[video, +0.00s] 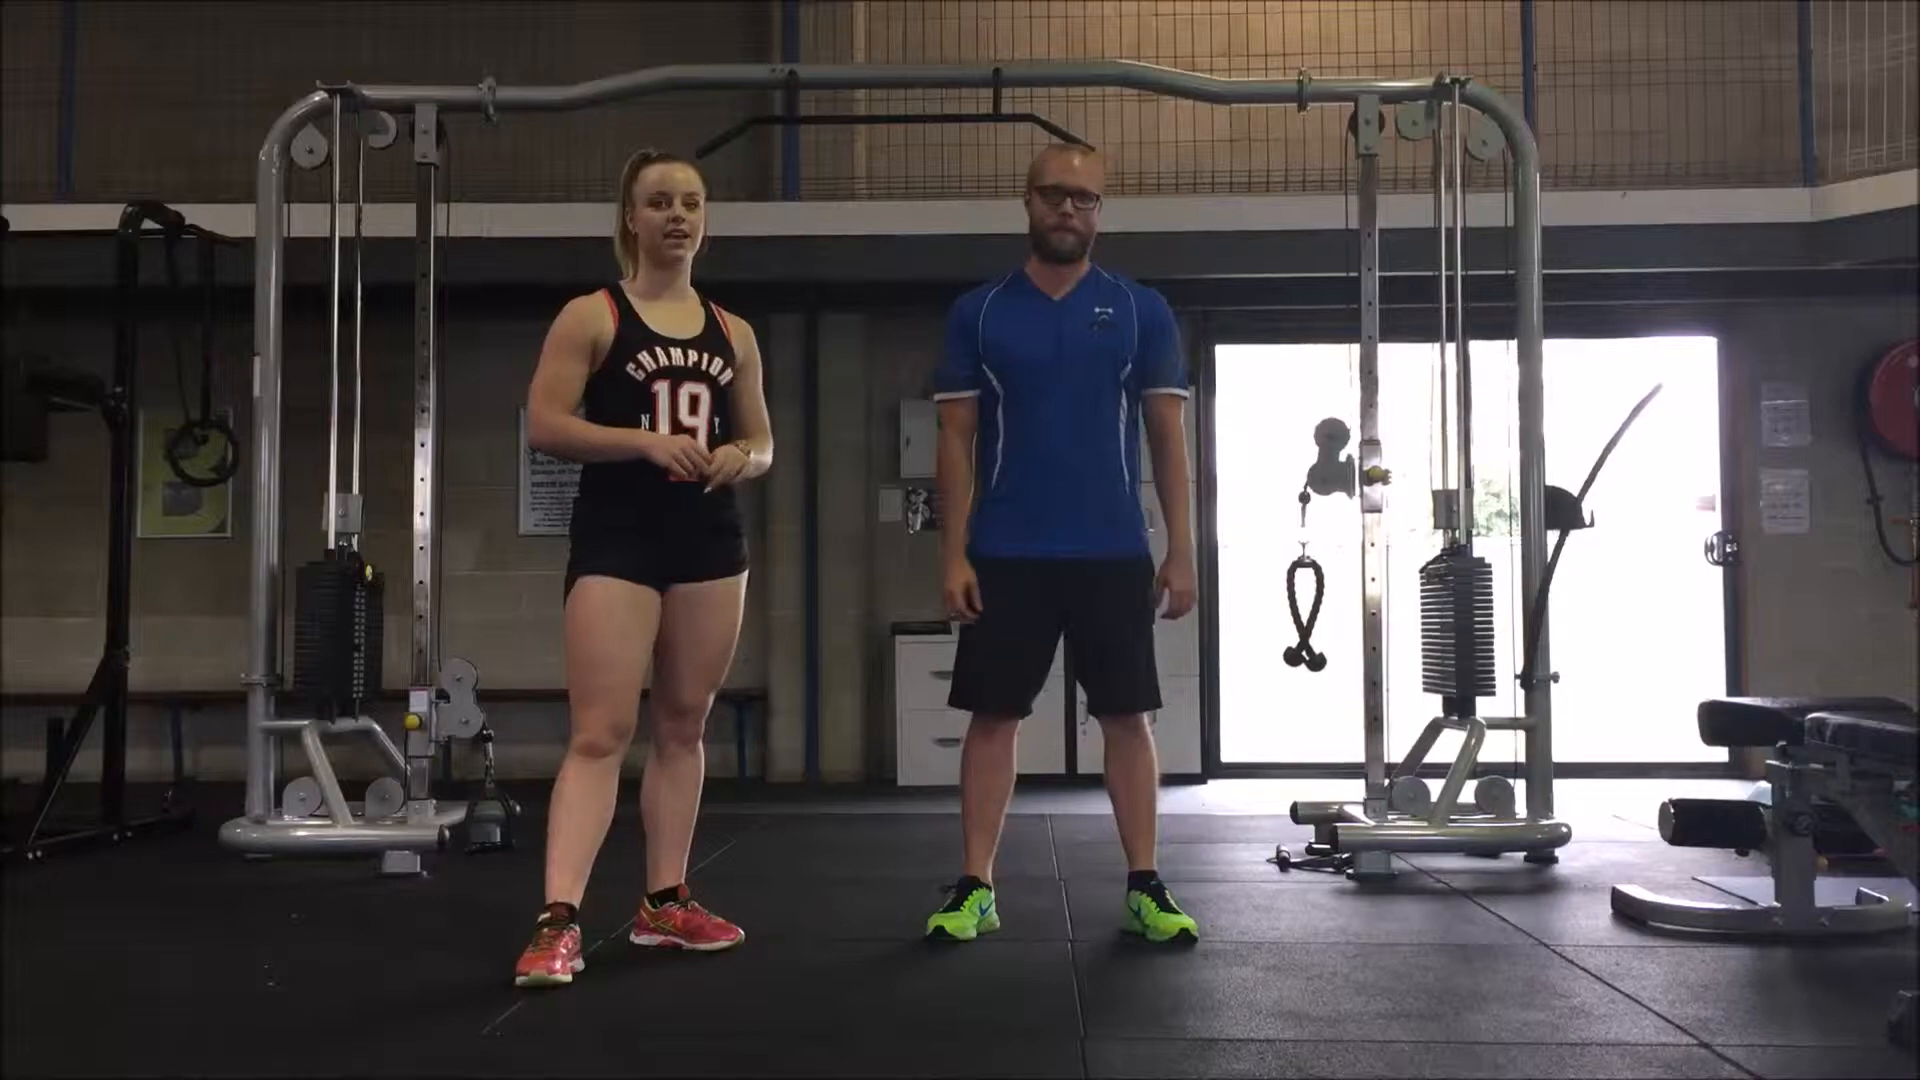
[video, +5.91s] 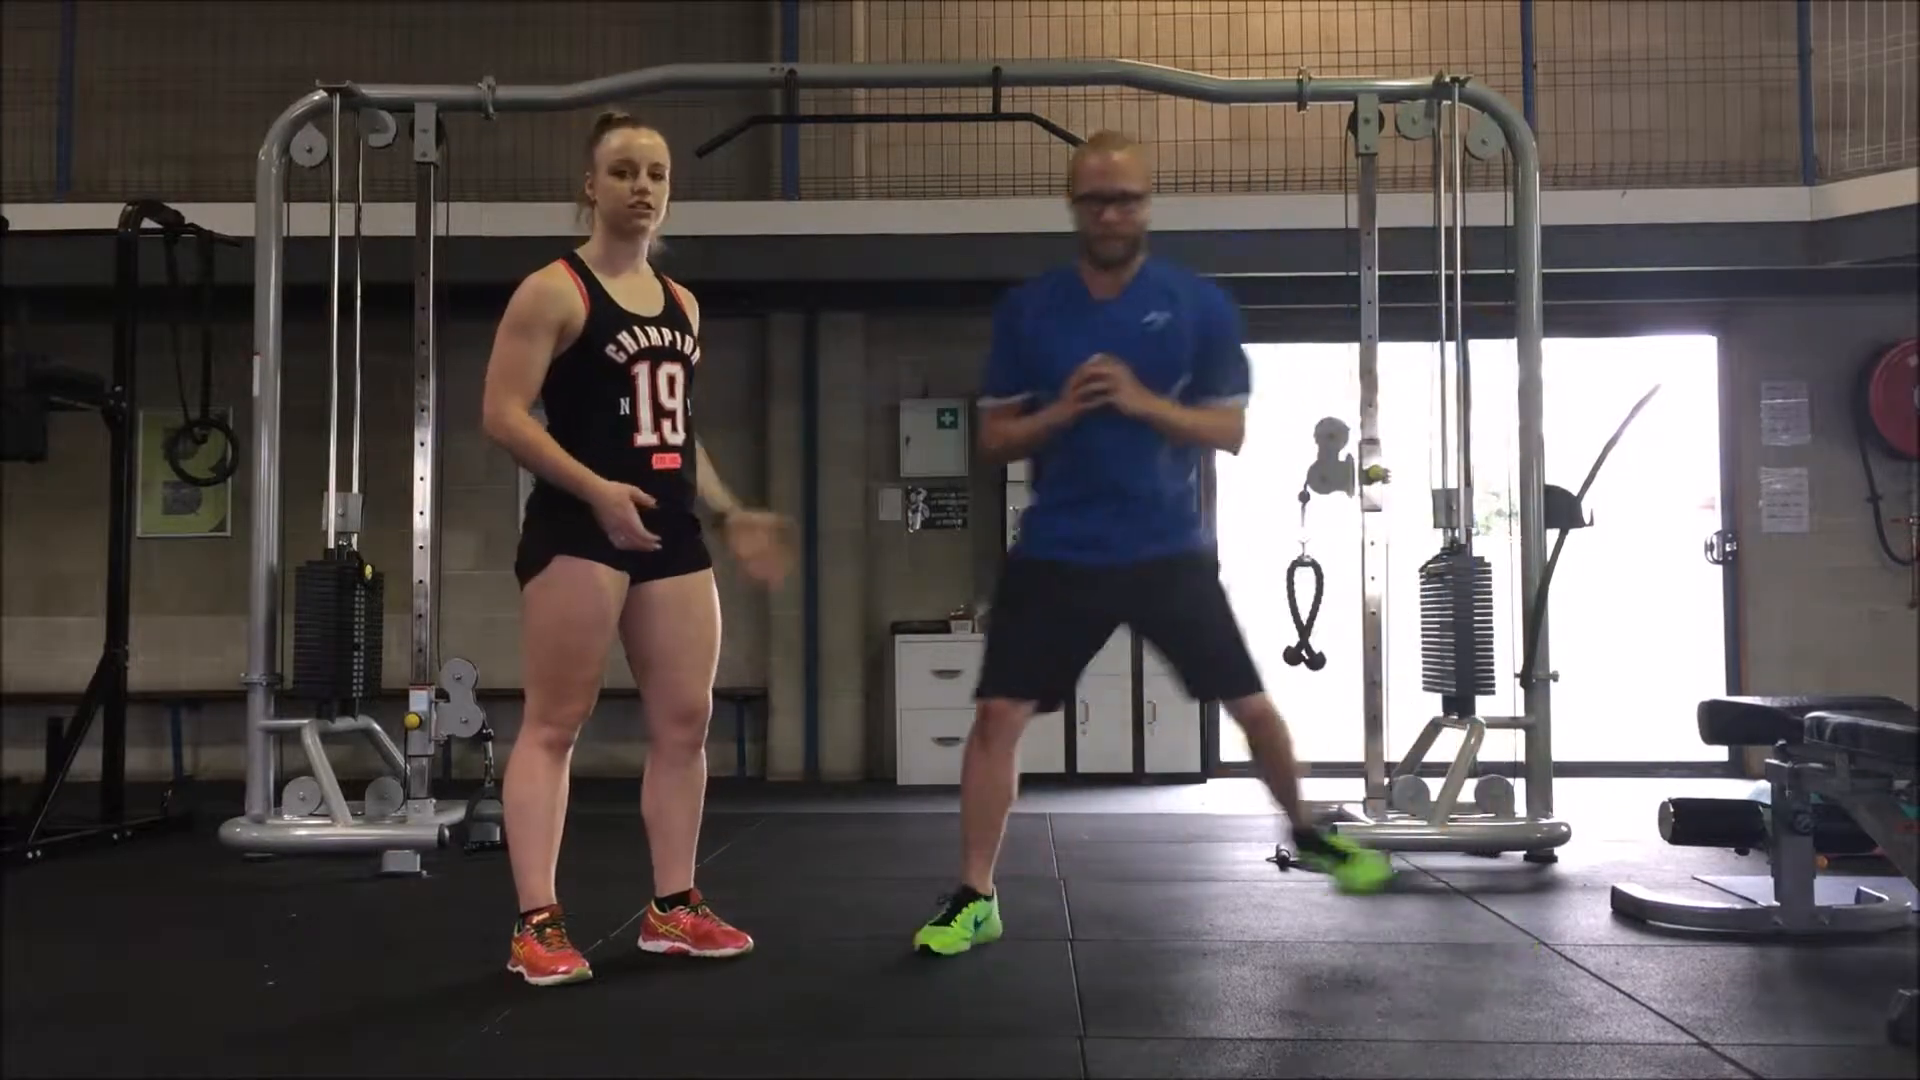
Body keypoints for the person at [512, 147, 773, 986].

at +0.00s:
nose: (677, 214)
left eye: (689, 203)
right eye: (660, 202)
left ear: (706, 220)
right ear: (628, 219)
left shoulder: (733, 333)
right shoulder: (590, 316)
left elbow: (758, 442)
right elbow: (544, 423)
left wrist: (742, 456)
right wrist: (644, 439)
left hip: (710, 550)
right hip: (616, 546)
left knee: (684, 727)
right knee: (599, 736)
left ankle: (666, 902)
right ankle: (560, 919)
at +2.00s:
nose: (643, 197)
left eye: (646, 183)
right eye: (625, 182)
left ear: (638, 198)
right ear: (574, 191)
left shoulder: (662, 308)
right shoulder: (520, 304)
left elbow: (710, 417)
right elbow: (473, 422)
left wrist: (693, 445)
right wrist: (590, 428)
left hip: (643, 533)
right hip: (552, 528)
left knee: (652, 733)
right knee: (552, 725)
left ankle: (662, 901)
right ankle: (538, 925)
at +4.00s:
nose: (575, 180)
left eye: (589, 169)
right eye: (557, 165)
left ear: (603, 189)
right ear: (522, 181)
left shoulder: (635, 303)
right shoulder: (471, 300)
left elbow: (668, 426)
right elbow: (419, 420)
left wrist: (605, 475)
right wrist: (504, 485)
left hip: (613, 527)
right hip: (511, 530)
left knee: (674, 721)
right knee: (537, 723)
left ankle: (652, 884)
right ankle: (539, 926)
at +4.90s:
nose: (644, 182)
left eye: (647, 169)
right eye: (627, 166)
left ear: (633, 183)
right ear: (574, 173)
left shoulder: (660, 293)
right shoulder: (514, 285)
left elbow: (717, 404)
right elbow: (453, 404)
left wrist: (727, 423)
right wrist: (545, 471)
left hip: (641, 530)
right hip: (546, 527)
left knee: (664, 723)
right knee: (546, 725)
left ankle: (674, 904)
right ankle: (540, 926)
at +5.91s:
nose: (642, 186)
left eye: (655, 174)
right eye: (624, 171)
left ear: (669, 193)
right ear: (590, 186)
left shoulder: (681, 302)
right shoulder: (552, 291)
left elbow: (676, 431)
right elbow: (503, 414)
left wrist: (731, 512)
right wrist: (594, 487)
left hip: (673, 533)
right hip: (579, 530)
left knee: (684, 723)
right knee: (553, 723)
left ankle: (673, 905)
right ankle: (539, 921)